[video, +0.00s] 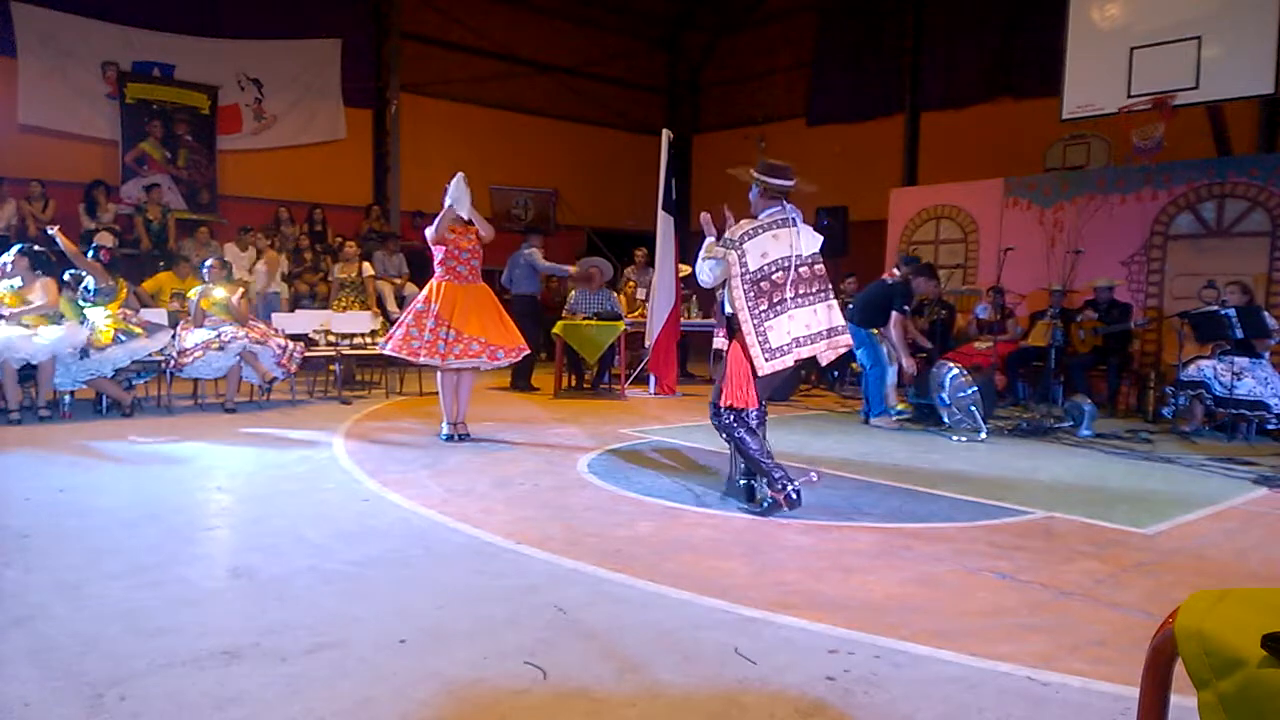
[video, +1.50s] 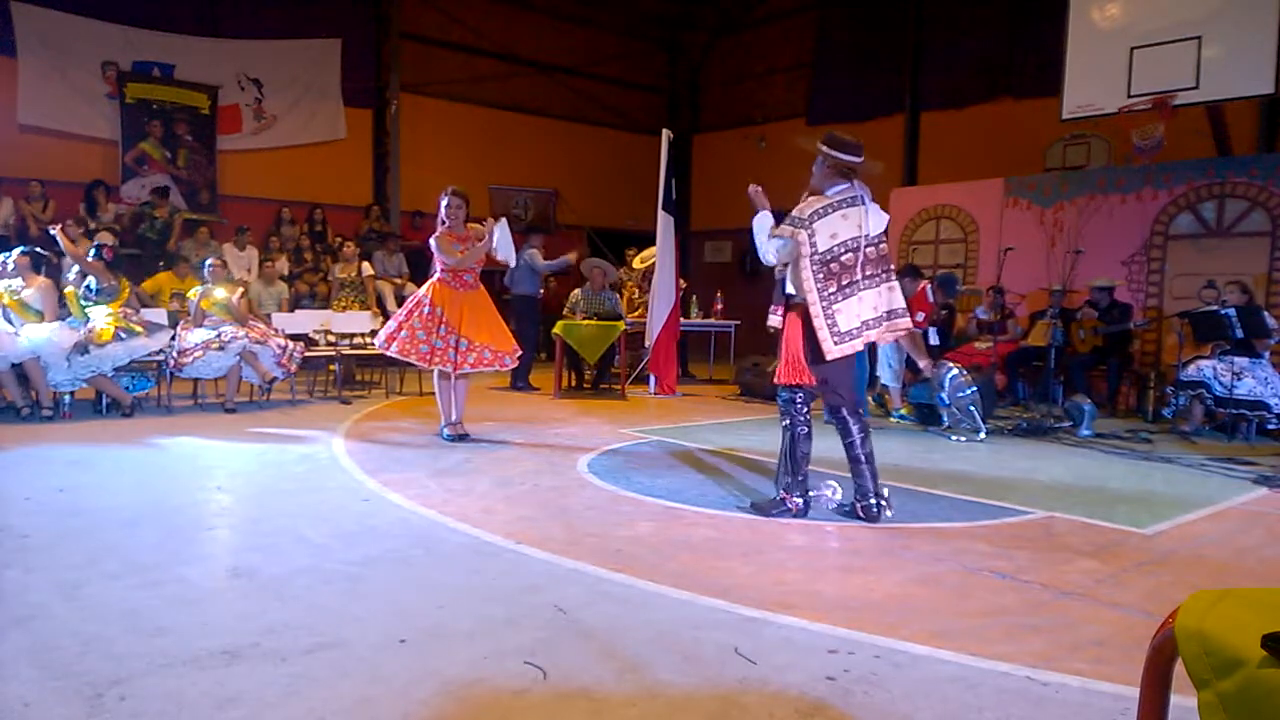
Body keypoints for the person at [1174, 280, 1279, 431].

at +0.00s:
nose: (1226, 297)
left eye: (1232, 293)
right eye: (1225, 293)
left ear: (1245, 298)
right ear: (1222, 296)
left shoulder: (1257, 315)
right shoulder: (1219, 315)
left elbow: (1265, 345)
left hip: (1253, 364)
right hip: (1223, 363)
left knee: (1246, 382)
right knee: (1198, 369)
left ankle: (1241, 426)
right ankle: (1196, 420)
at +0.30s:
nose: (1226, 297)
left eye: (1231, 293)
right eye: (1225, 293)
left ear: (1245, 297)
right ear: (1222, 296)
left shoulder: (1258, 315)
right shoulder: (1220, 316)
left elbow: (1265, 345)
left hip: (1253, 364)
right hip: (1223, 363)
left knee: (1246, 382)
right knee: (1198, 368)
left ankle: (1241, 426)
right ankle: (1196, 421)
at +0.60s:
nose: (1226, 296)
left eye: (1231, 293)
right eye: (1225, 293)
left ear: (1245, 297)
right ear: (1222, 296)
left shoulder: (1258, 315)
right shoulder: (1220, 316)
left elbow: (1265, 345)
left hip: (1253, 364)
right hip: (1223, 363)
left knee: (1245, 381)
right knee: (1198, 368)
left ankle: (1241, 426)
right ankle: (1196, 421)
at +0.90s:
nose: (1226, 296)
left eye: (1231, 293)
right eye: (1225, 293)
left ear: (1245, 297)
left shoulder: (1258, 315)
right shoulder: (1220, 316)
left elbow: (1265, 345)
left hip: (1253, 364)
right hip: (1224, 363)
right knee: (1199, 369)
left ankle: (1242, 427)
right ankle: (1196, 421)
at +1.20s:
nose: (1225, 296)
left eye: (1231, 292)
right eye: (1224, 293)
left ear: (1245, 297)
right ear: (1221, 296)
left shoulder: (1257, 314)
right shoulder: (1218, 315)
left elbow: (1264, 346)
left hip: (1253, 365)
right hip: (1223, 363)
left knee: (1246, 382)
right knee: (1198, 369)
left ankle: (1242, 427)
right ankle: (1195, 421)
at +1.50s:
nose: (1225, 296)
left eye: (1231, 292)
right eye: (1224, 293)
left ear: (1245, 297)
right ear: (1221, 296)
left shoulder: (1257, 314)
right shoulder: (1218, 315)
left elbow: (1264, 346)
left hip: (1252, 364)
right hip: (1223, 363)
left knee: (1247, 382)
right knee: (1198, 369)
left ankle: (1242, 426)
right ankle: (1195, 420)